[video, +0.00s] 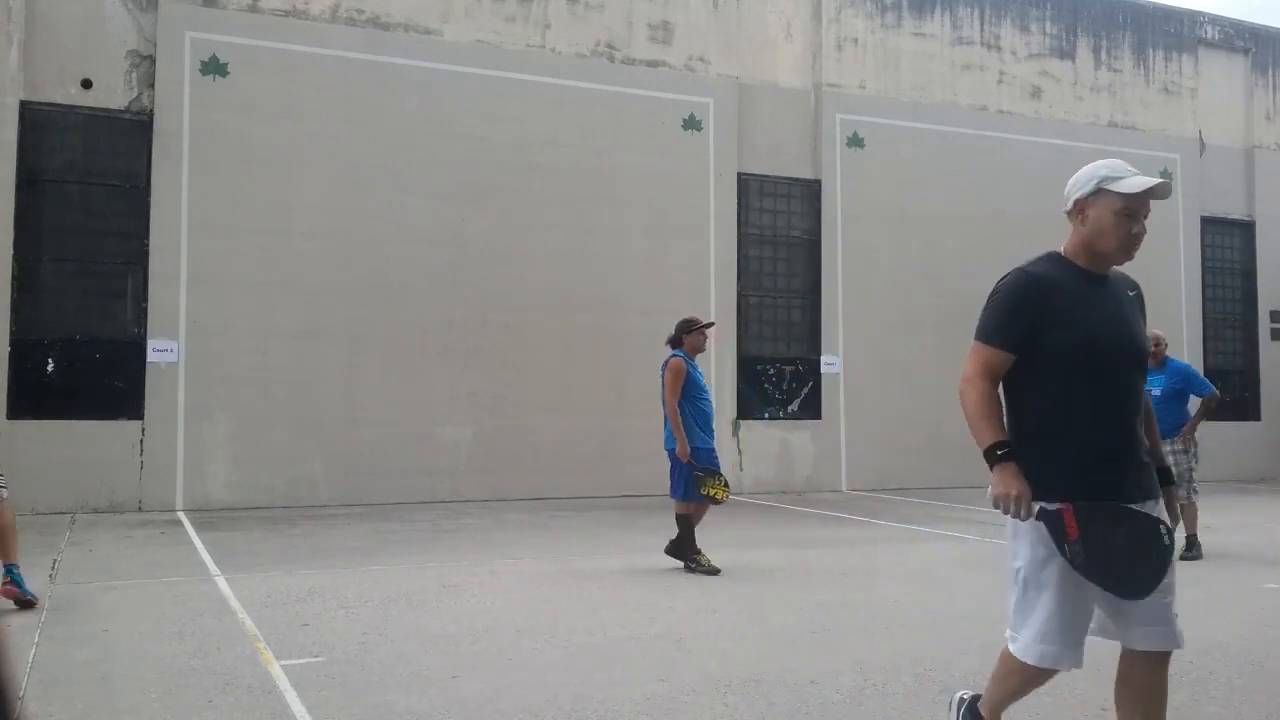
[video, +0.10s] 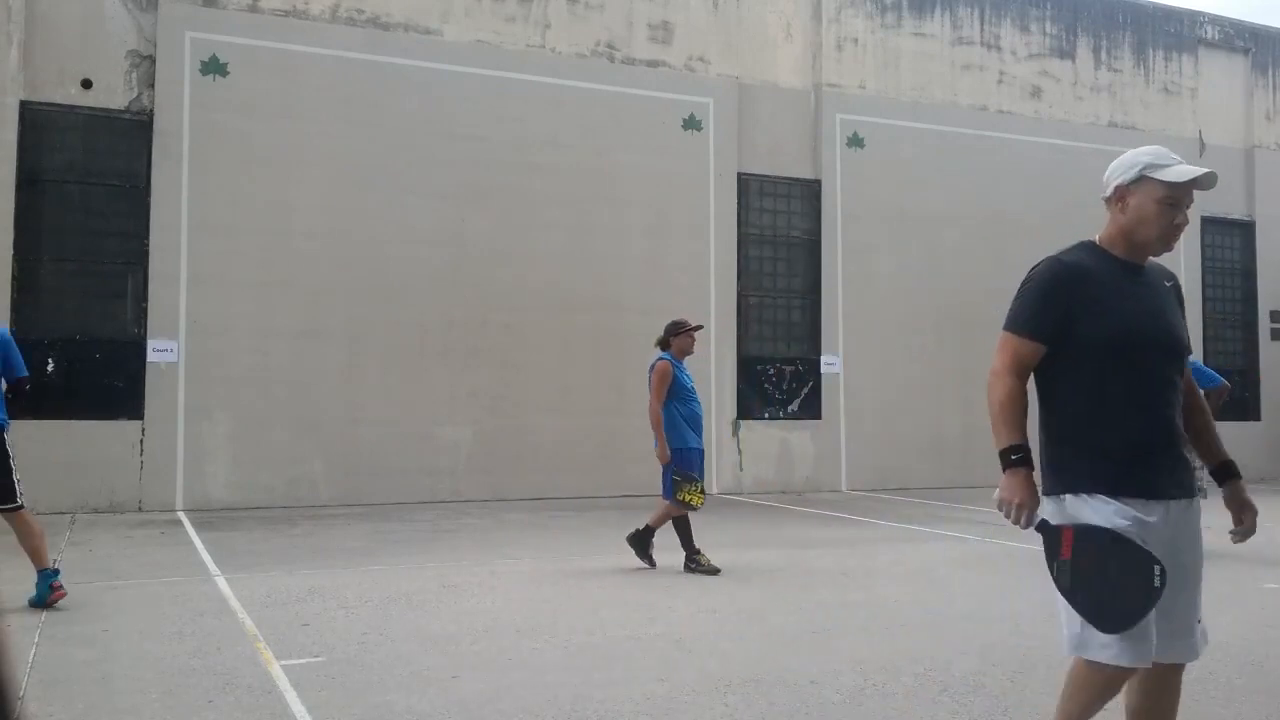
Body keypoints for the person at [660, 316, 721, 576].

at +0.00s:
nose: (706, 338)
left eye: (705, 334)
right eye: (701, 334)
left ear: (693, 339)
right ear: (686, 337)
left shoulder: (691, 364)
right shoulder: (677, 363)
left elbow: (689, 404)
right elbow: (671, 404)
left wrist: (704, 439)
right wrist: (681, 441)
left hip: (703, 442)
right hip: (686, 443)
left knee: (711, 492)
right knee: (685, 496)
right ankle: (691, 553)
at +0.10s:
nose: (694, 340)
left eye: (693, 336)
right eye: (689, 336)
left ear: (684, 341)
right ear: (673, 340)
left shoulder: (679, 366)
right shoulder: (664, 366)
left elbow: (677, 406)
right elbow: (655, 405)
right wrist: (662, 444)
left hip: (691, 443)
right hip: (678, 443)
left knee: (681, 498)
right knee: (678, 499)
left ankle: (643, 535)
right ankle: (692, 555)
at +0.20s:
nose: (682, 343)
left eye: (682, 339)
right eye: (677, 338)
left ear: (673, 343)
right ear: (661, 342)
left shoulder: (670, 368)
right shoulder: (651, 368)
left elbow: (674, 408)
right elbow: (639, 408)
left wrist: (691, 436)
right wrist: (640, 446)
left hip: (674, 445)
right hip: (663, 445)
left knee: (653, 501)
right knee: (674, 501)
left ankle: (621, 546)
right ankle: (691, 555)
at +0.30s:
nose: (671, 346)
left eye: (672, 342)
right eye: (667, 342)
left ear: (666, 346)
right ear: (652, 343)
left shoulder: (659, 370)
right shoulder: (639, 368)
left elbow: (667, 409)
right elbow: (625, 409)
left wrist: (692, 434)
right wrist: (622, 447)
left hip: (647, 445)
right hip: (649, 446)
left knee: (629, 499)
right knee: (667, 499)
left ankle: (615, 552)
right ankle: (687, 555)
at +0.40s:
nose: (662, 347)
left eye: (663, 342)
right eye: (658, 342)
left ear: (654, 344)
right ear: (643, 341)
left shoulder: (647, 367)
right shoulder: (628, 365)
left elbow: (655, 406)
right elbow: (614, 405)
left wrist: (681, 429)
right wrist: (609, 443)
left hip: (632, 442)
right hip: (637, 443)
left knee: (619, 496)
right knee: (659, 492)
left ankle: (614, 553)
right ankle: (666, 553)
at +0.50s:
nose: (649, 345)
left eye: (651, 341)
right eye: (645, 340)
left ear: (645, 343)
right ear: (630, 340)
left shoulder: (636, 365)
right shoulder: (617, 364)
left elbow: (639, 404)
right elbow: (603, 404)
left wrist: (663, 424)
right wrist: (598, 441)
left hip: (627, 437)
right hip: (626, 439)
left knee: (618, 493)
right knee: (645, 489)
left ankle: (613, 552)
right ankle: (629, 550)